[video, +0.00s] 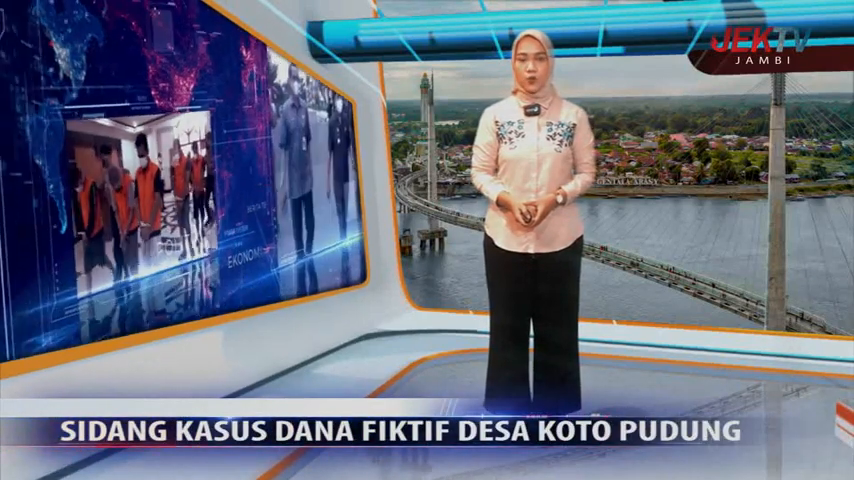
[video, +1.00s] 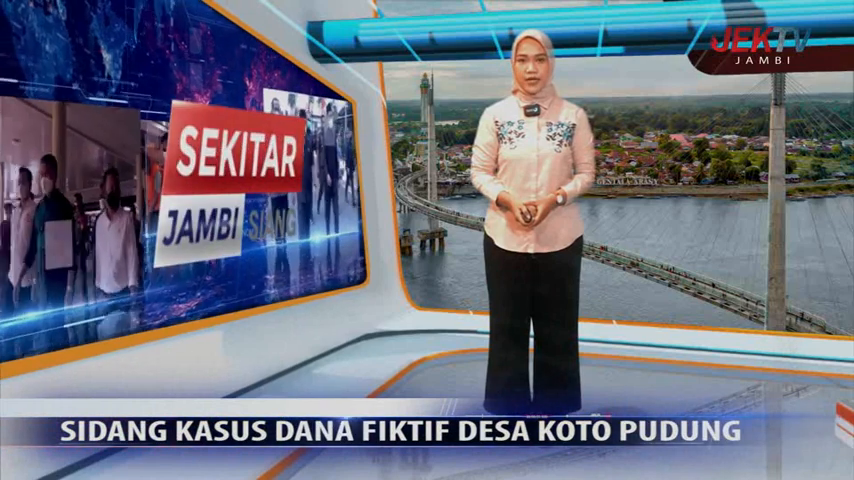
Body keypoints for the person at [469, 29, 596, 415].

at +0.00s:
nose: (531, 66)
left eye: (539, 58)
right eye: (523, 58)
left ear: (551, 64)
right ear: (513, 64)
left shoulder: (574, 116)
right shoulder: (494, 116)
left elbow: (586, 174)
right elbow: (480, 172)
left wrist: (553, 198)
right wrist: (508, 201)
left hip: (559, 243)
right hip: (506, 245)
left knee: (558, 339)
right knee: (507, 337)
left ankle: (558, 423)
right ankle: (506, 424)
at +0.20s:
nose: (531, 67)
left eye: (539, 59)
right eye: (523, 59)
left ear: (551, 64)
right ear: (513, 65)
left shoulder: (574, 116)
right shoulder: (494, 116)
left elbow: (586, 174)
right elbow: (480, 172)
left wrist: (553, 199)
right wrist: (508, 201)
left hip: (559, 243)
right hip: (506, 245)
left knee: (558, 339)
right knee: (507, 337)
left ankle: (558, 424)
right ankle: (506, 423)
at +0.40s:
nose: (531, 67)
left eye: (539, 59)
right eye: (523, 59)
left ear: (551, 64)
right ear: (513, 65)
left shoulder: (573, 116)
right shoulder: (494, 116)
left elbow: (587, 174)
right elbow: (480, 172)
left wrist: (553, 199)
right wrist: (508, 201)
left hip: (559, 243)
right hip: (506, 244)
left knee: (558, 339)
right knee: (507, 337)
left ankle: (558, 423)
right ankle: (506, 423)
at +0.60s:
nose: (531, 67)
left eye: (539, 59)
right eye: (523, 59)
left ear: (551, 64)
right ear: (513, 65)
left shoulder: (573, 116)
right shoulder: (494, 116)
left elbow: (587, 173)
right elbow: (480, 172)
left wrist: (553, 199)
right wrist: (508, 201)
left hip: (559, 243)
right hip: (506, 244)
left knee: (558, 338)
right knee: (507, 336)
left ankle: (558, 423)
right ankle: (506, 422)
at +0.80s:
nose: (531, 67)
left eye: (539, 59)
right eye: (523, 60)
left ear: (551, 65)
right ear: (513, 65)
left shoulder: (573, 116)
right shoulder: (494, 116)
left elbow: (587, 173)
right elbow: (479, 171)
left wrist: (553, 199)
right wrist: (508, 201)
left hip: (559, 243)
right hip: (506, 244)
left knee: (558, 338)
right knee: (507, 337)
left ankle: (557, 422)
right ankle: (506, 422)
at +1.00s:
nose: (531, 67)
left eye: (539, 59)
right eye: (523, 59)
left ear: (551, 65)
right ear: (512, 65)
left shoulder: (573, 116)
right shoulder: (494, 116)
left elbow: (586, 174)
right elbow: (479, 171)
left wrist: (553, 200)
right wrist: (508, 201)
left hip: (558, 243)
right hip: (506, 244)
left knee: (558, 338)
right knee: (507, 336)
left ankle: (557, 422)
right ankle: (507, 422)